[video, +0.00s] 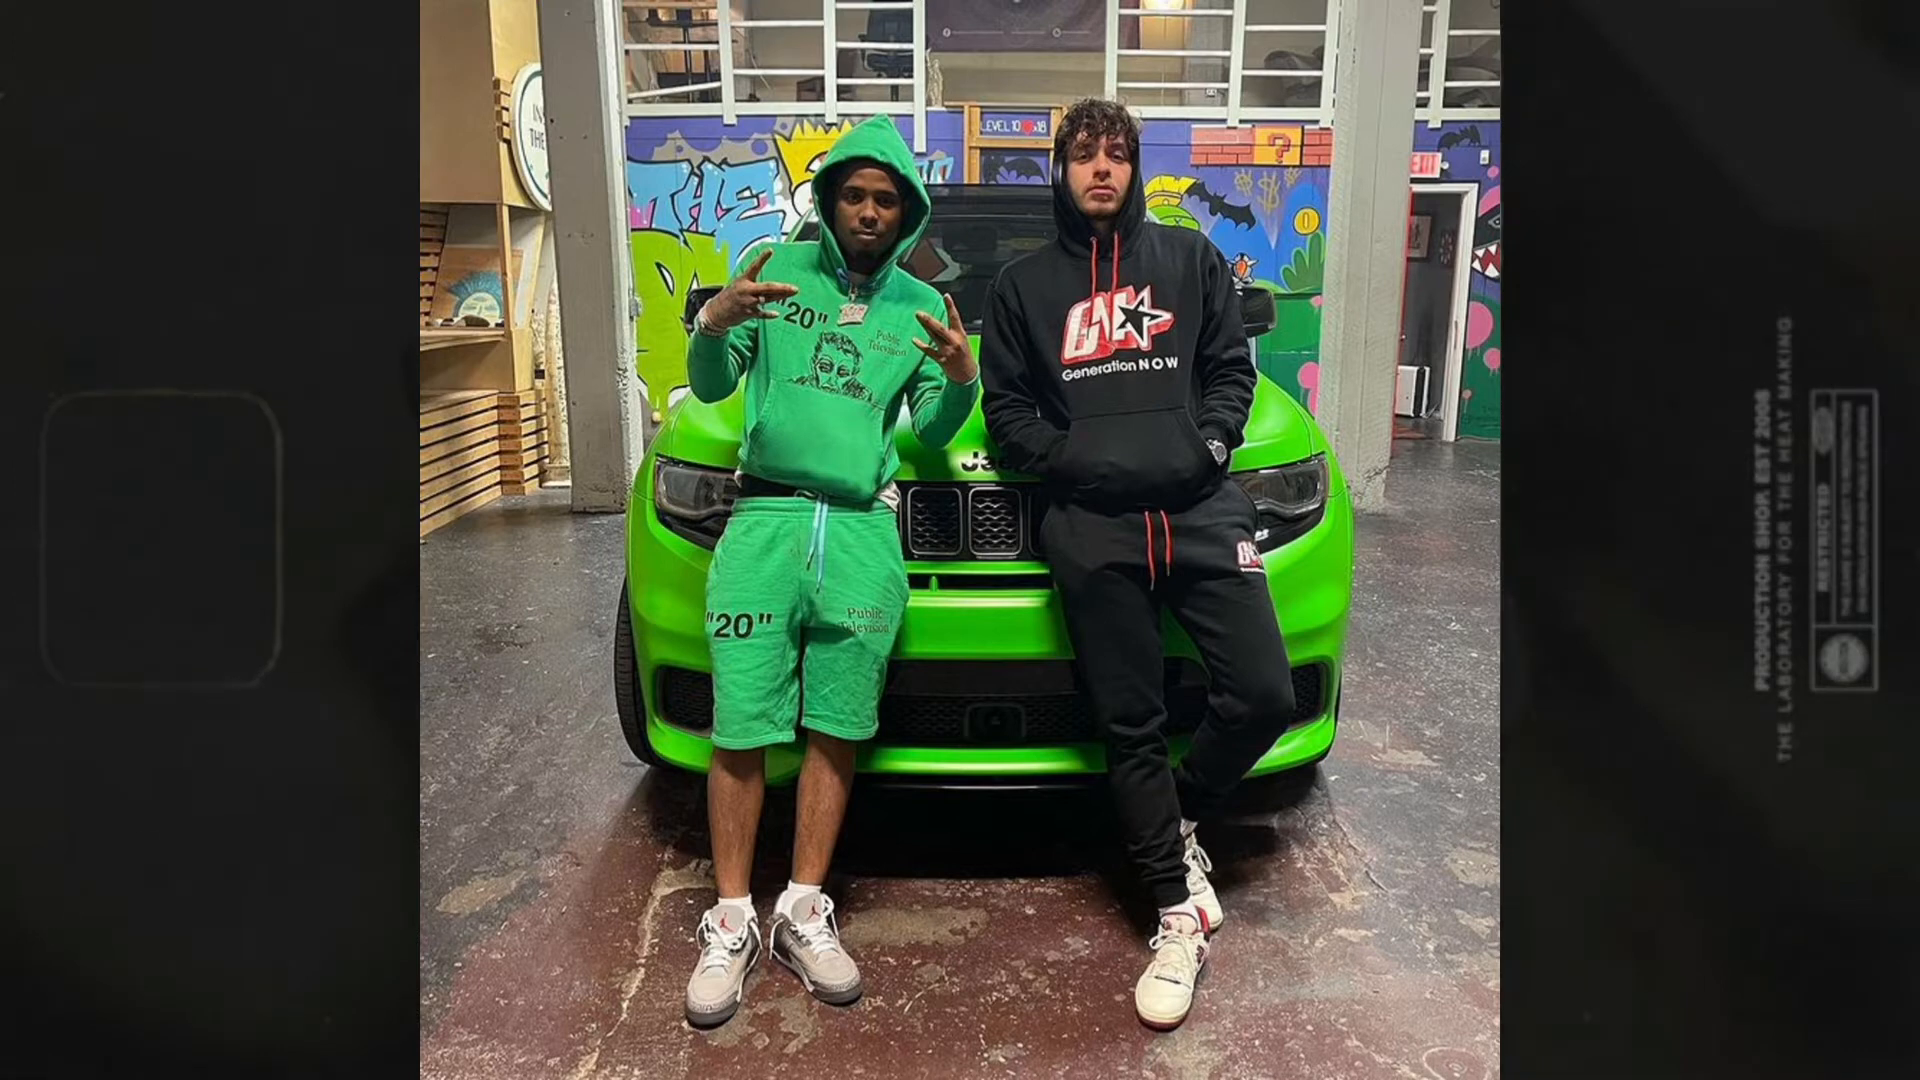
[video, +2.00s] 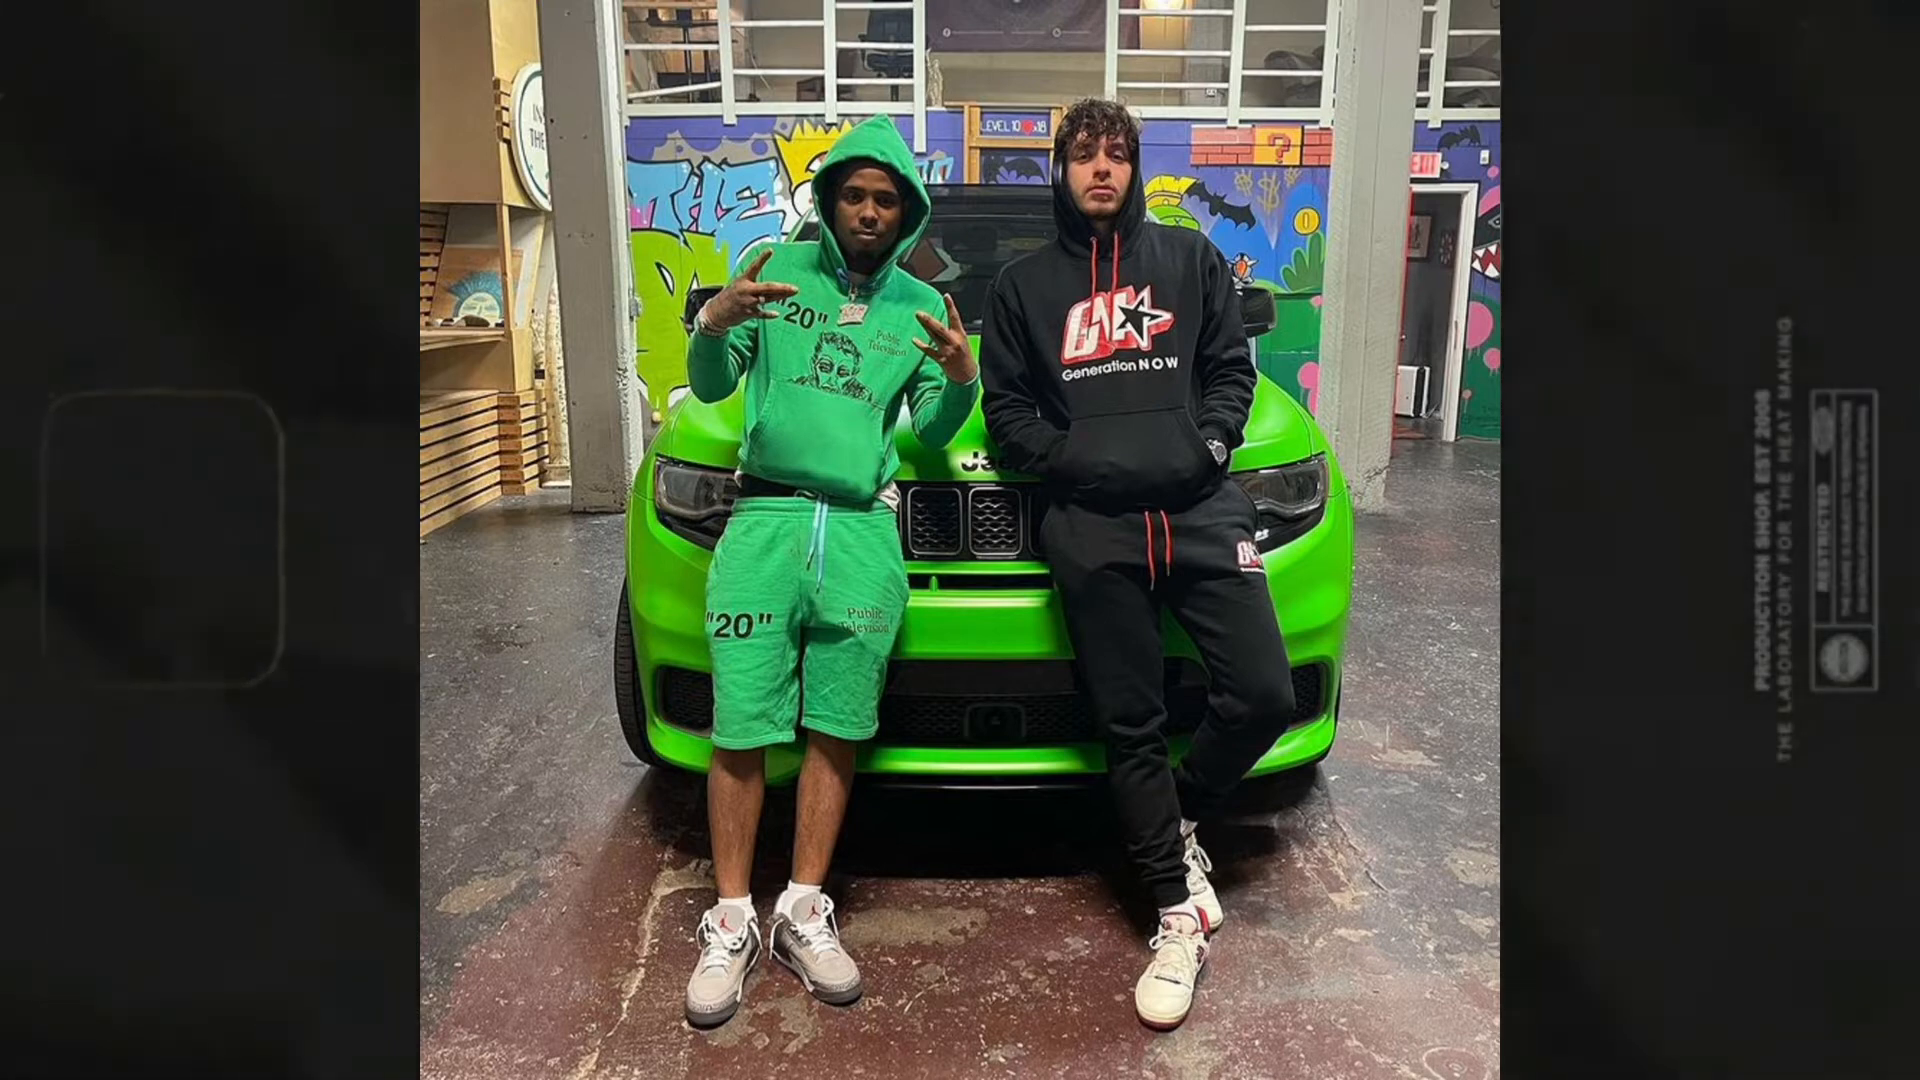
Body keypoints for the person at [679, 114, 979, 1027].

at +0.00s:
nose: (868, 212)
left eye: (885, 198)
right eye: (854, 196)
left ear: (907, 212)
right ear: (827, 202)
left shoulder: (923, 305)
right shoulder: (776, 268)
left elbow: (923, 439)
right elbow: (712, 384)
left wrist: (961, 380)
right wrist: (713, 321)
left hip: (861, 527)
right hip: (763, 517)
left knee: (838, 728)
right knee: (741, 728)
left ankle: (805, 908)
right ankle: (732, 919)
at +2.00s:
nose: (868, 212)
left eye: (885, 198)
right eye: (854, 196)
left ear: (907, 212)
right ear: (827, 202)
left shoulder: (923, 305)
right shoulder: (776, 268)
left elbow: (923, 439)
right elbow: (712, 384)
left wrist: (961, 380)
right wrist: (713, 321)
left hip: (861, 527)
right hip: (763, 517)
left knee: (838, 728)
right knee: (741, 728)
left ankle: (805, 908)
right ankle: (732, 919)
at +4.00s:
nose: (868, 212)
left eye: (885, 198)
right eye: (854, 196)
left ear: (907, 212)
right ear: (827, 202)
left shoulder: (923, 305)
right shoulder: (776, 268)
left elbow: (923, 439)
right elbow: (712, 384)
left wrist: (961, 380)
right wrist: (713, 321)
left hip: (861, 527)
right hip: (763, 517)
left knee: (838, 728)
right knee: (741, 728)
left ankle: (805, 908)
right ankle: (732, 919)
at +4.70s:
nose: (868, 212)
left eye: (885, 198)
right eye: (854, 196)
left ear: (907, 211)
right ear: (827, 202)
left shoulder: (923, 305)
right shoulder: (776, 268)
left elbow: (923, 439)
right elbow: (712, 384)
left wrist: (961, 380)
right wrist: (713, 322)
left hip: (861, 527)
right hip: (763, 517)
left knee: (838, 728)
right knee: (741, 728)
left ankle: (805, 908)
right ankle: (732, 919)